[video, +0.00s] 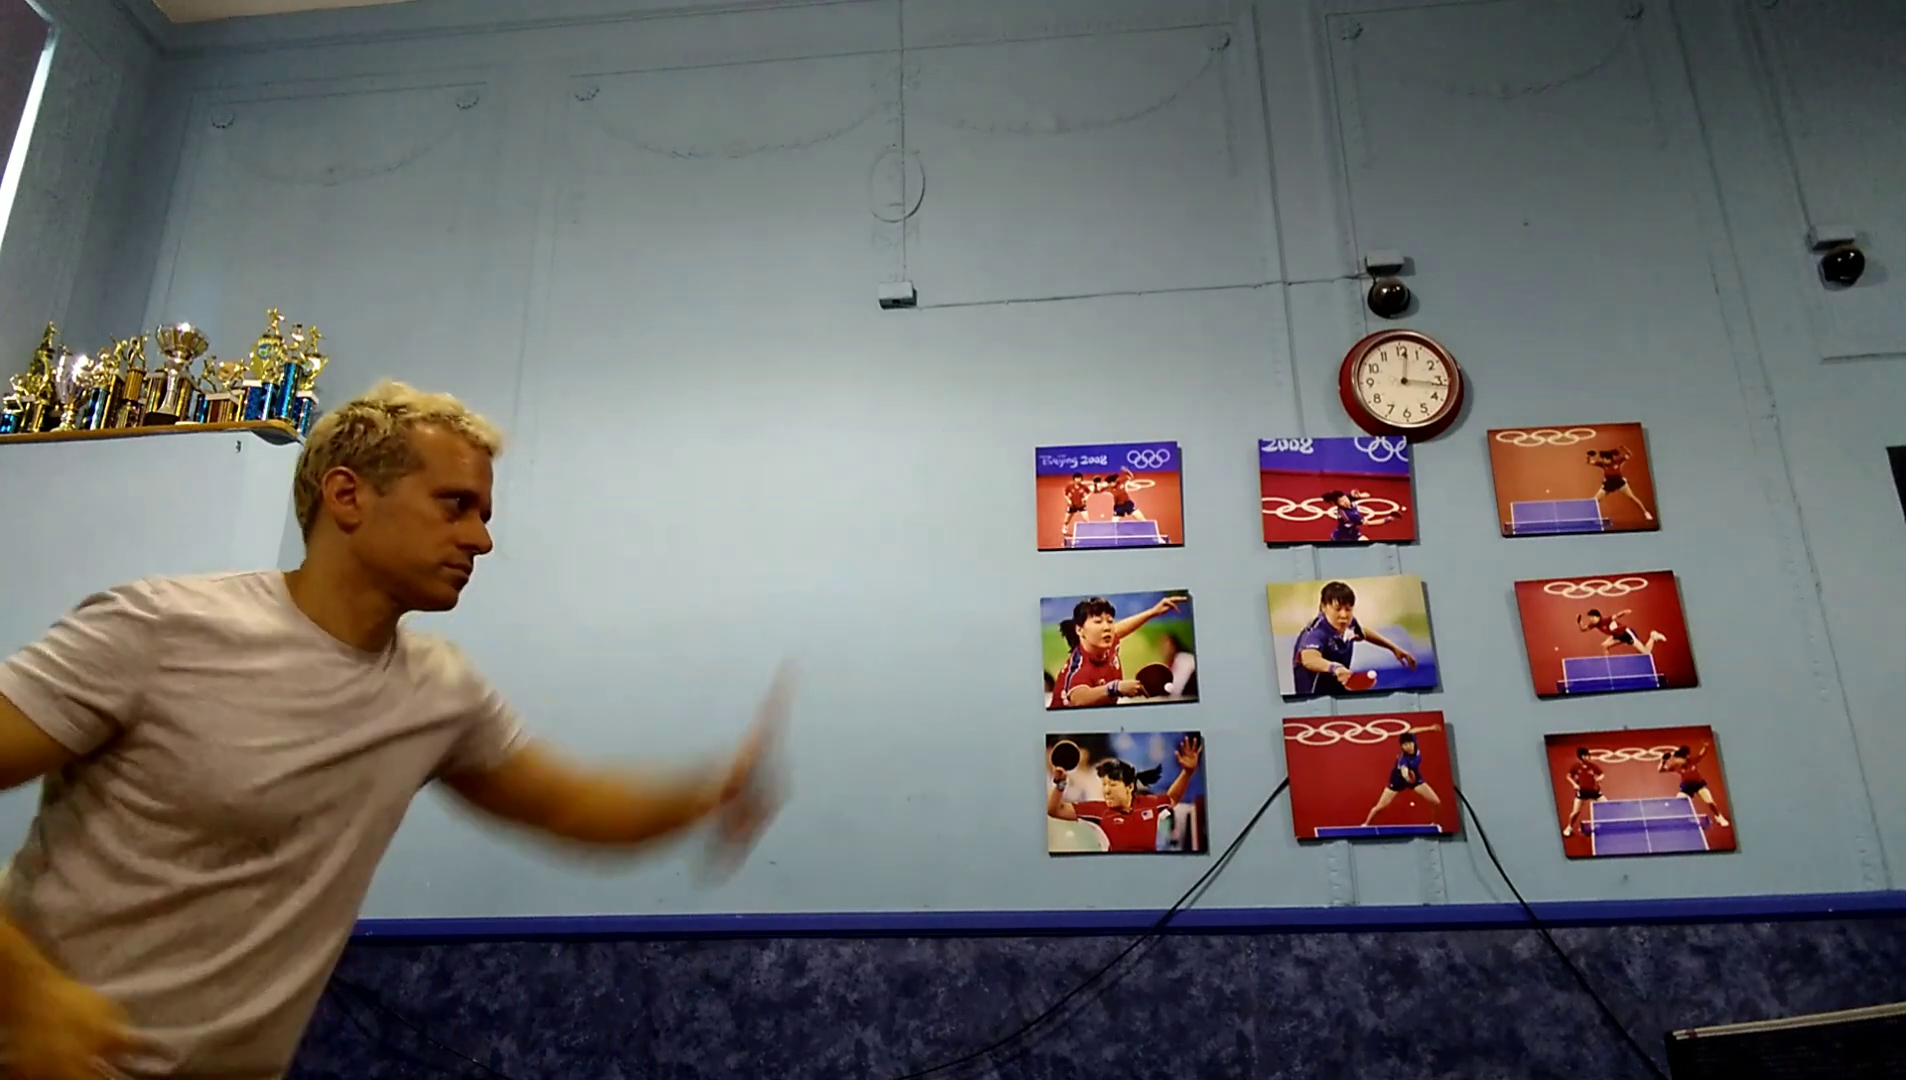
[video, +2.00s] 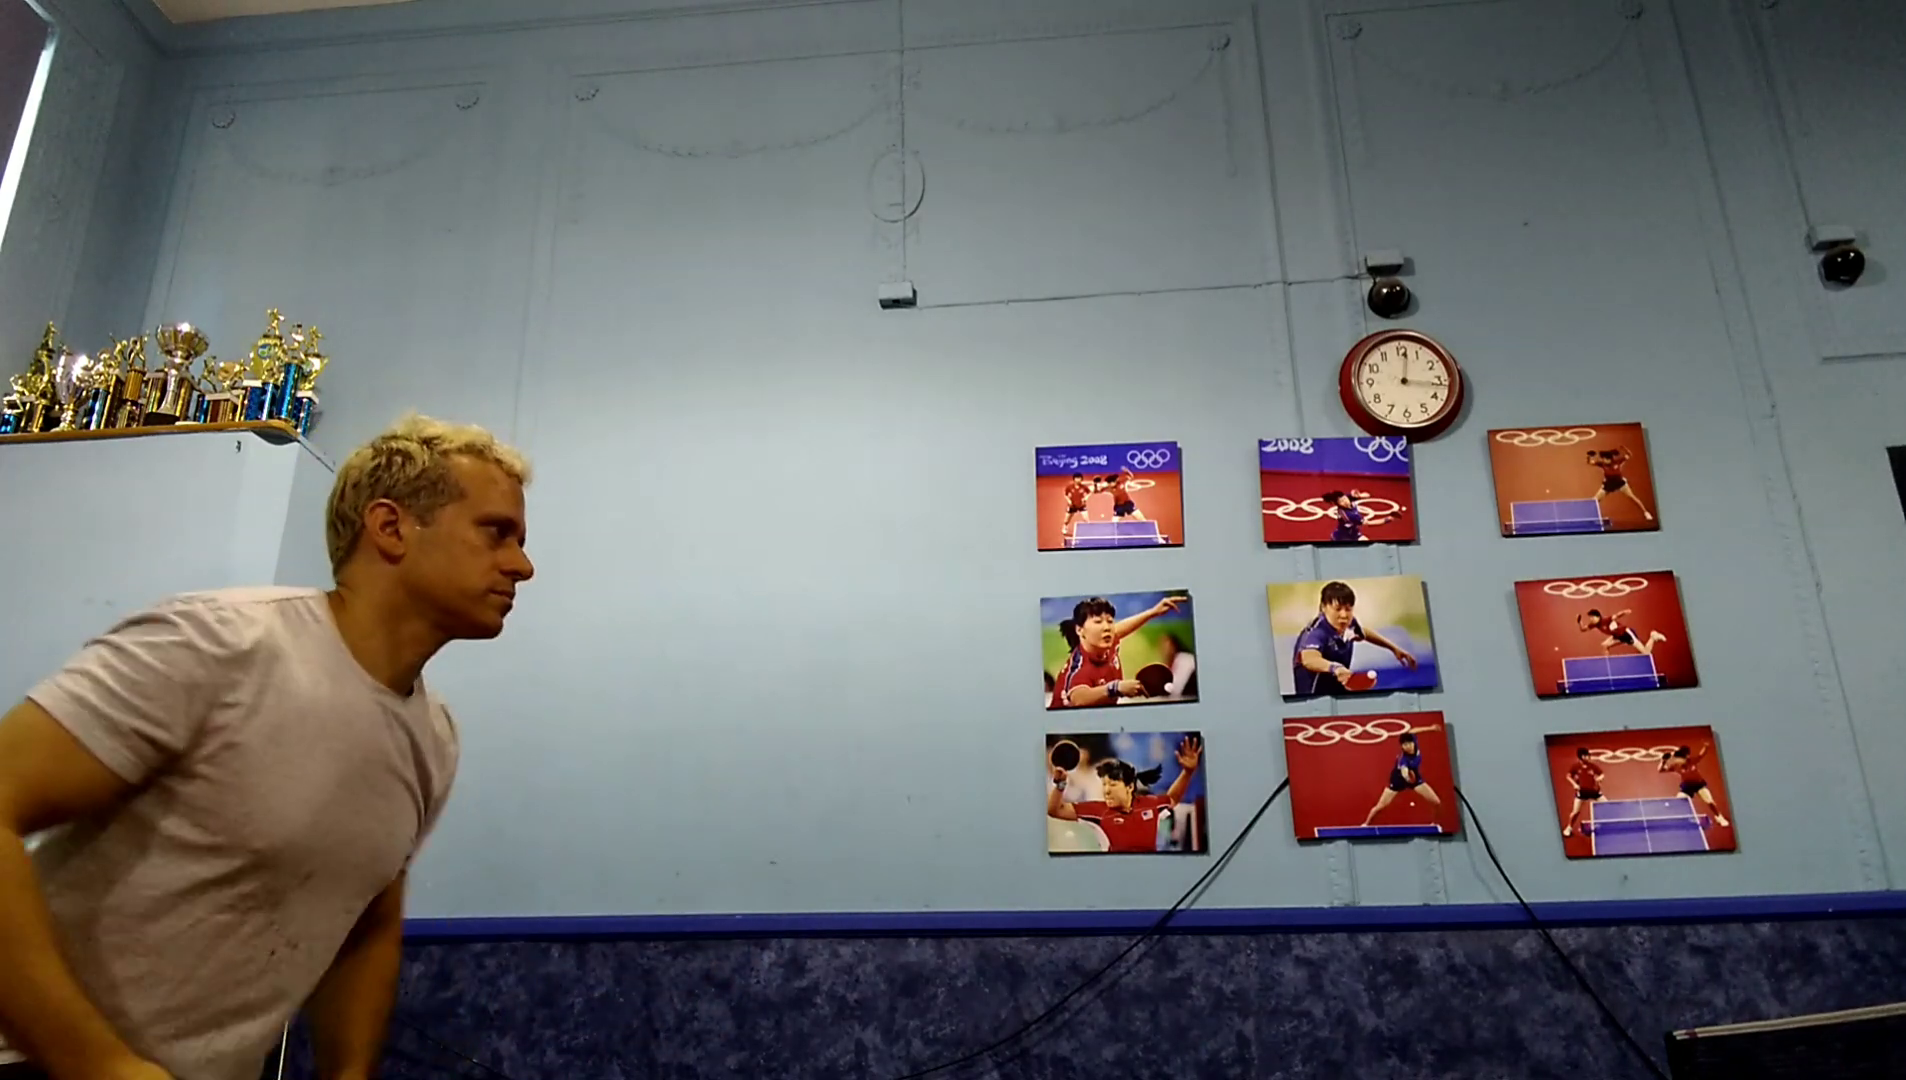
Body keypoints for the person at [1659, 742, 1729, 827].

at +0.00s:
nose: (1678, 761)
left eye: (1680, 759)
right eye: (1677, 759)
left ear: (1686, 758)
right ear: (1676, 758)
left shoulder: (1692, 761)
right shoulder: (1676, 766)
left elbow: (1701, 755)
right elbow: (1661, 770)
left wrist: (1705, 747)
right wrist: (1663, 761)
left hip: (1699, 784)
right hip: (1686, 786)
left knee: (1710, 802)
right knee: (1678, 803)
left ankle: (1718, 816)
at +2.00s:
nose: (1685, 759)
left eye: (1686, 757)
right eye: (1683, 757)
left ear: (1687, 756)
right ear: (1679, 757)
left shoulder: (1692, 760)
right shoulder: (1676, 766)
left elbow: (1701, 755)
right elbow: (1661, 770)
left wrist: (1705, 747)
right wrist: (1663, 760)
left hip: (1699, 784)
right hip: (1686, 786)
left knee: (1710, 802)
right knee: (1678, 803)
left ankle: (1719, 817)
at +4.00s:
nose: (1686, 758)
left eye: (1687, 756)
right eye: (1683, 757)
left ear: (1687, 755)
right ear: (1680, 756)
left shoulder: (1692, 760)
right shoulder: (1676, 765)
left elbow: (1701, 755)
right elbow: (1661, 770)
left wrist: (1705, 747)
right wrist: (1663, 760)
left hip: (1699, 784)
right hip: (1686, 786)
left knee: (1710, 802)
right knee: (1678, 803)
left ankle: (1719, 817)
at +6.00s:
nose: (1679, 762)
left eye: (1681, 760)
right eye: (1677, 760)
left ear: (1686, 757)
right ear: (1676, 759)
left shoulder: (1693, 761)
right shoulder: (1676, 766)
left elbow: (1701, 755)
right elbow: (1660, 771)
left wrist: (1705, 747)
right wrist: (1663, 761)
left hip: (1699, 784)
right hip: (1686, 785)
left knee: (1710, 802)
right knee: (1679, 802)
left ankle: (1718, 816)